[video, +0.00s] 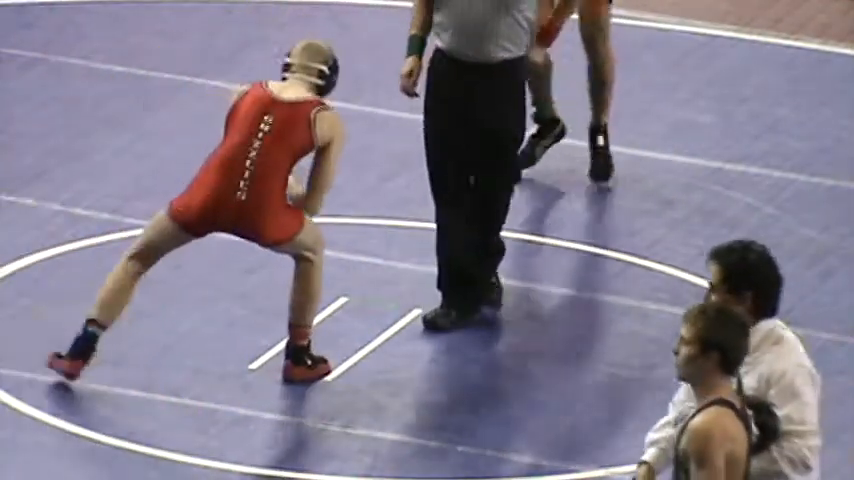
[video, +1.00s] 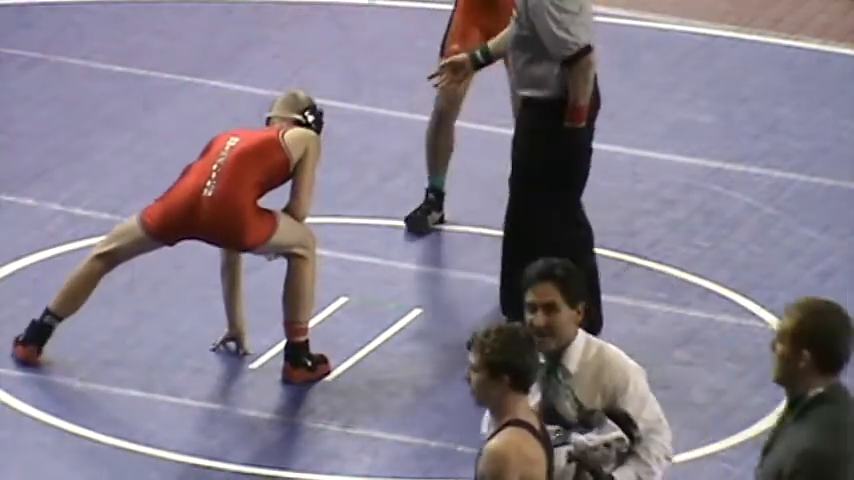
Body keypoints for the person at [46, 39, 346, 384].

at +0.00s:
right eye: (332, 82)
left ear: (287, 68)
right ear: (328, 81)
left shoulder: (247, 94)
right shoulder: (328, 122)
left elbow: (230, 146)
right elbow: (313, 201)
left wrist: (264, 180)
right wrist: (278, 189)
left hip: (204, 202)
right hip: (262, 219)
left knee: (138, 258)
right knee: (311, 247)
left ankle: (79, 354)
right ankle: (299, 357)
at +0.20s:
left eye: (285, 89)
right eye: (327, 112)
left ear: (284, 94)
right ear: (323, 107)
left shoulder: (244, 114)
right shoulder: (323, 128)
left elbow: (223, 177)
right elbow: (310, 213)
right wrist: (264, 231)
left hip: (192, 208)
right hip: (251, 219)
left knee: (124, 272)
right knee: (314, 247)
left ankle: (56, 342)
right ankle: (300, 359)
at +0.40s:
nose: (313, 144)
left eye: (313, 139)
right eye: (315, 137)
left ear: (273, 120)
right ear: (308, 127)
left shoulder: (234, 139)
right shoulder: (307, 137)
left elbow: (231, 252)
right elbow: (304, 218)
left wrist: (238, 329)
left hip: (182, 217)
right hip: (241, 227)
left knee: (110, 260)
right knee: (309, 246)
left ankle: (45, 342)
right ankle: (299, 359)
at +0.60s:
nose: (314, 145)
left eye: (314, 139)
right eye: (316, 138)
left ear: (275, 121)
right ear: (308, 129)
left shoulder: (234, 141)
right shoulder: (308, 137)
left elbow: (228, 258)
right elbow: (309, 215)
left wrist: (236, 331)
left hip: (184, 213)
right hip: (243, 224)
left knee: (113, 259)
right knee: (311, 245)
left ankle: (45, 341)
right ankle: (300, 359)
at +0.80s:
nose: (319, 139)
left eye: (318, 133)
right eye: (320, 132)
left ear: (278, 119)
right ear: (311, 125)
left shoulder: (236, 138)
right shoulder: (311, 137)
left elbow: (233, 253)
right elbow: (304, 214)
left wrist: (236, 330)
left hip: (180, 208)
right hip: (237, 220)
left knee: (109, 255)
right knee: (308, 244)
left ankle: (38, 337)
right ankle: (299, 358)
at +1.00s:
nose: (315, 139)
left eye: (315, 134)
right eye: (316, 132)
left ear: (272, 119)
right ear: (308, 124)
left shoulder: (230, 139)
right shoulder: (306, 138)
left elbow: (231, 252)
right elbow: (298, 213)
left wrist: (236, 330)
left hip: (175, 211)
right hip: (233, 221)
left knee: (103, 256)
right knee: (304, 244)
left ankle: (33, 339)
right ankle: (298, 359)